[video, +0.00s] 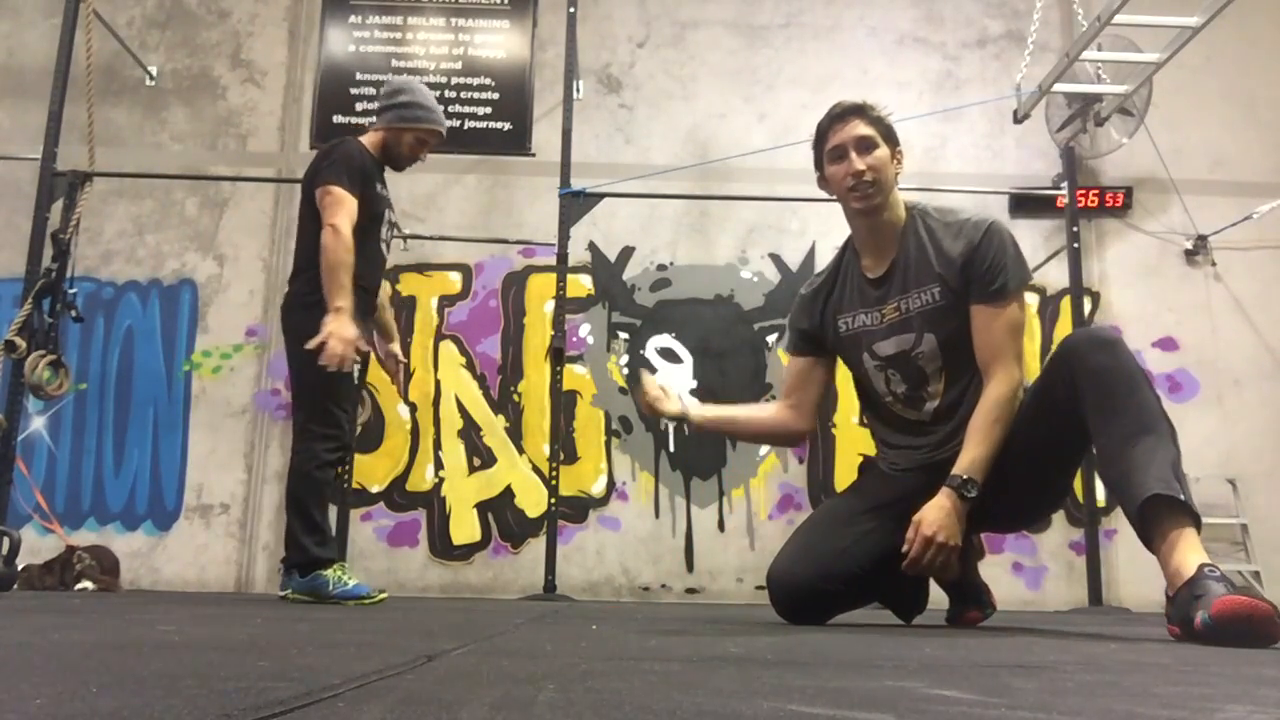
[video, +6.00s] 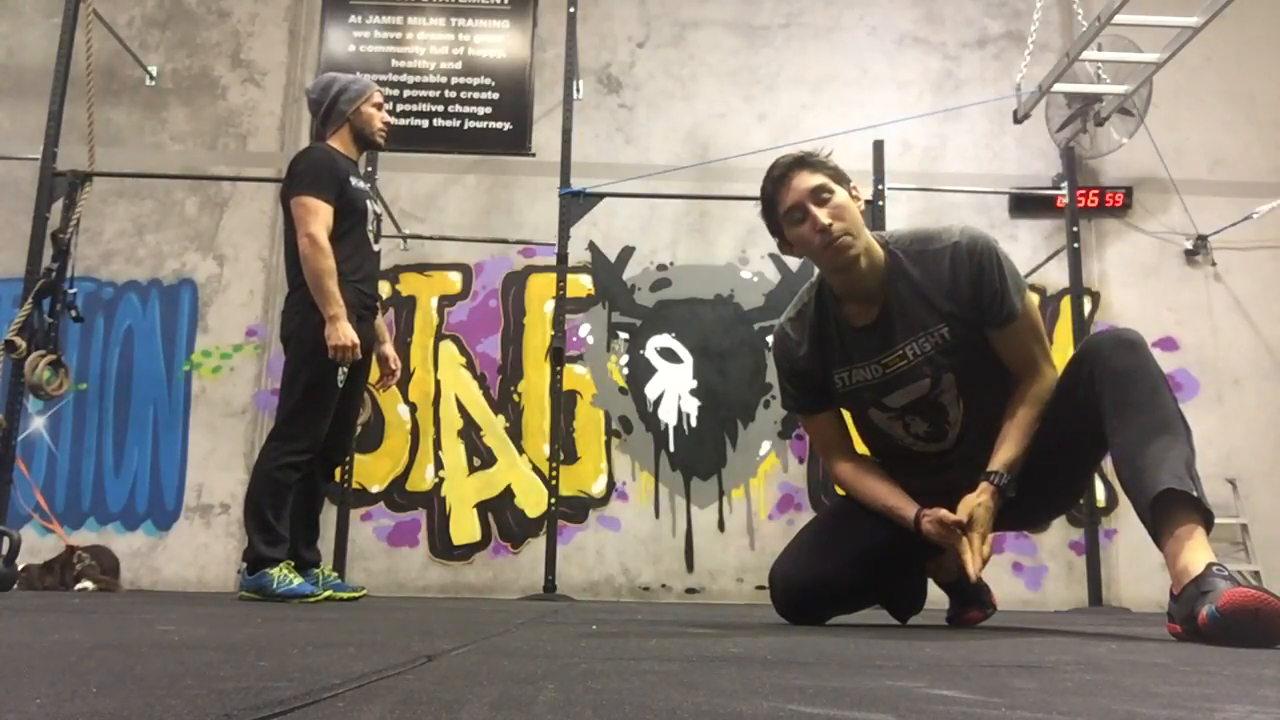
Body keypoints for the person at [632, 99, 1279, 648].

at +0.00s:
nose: (854, 167)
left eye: (866, 149)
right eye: (836, 158)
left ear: (899, 159)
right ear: (823, 183)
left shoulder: (974, 244)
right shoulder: (823, 294)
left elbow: (1005, 383)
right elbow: (796, 418)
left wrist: (954, 496)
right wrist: (686, 410)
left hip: (1001, 464)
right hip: (903, 483)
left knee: (1096, 348)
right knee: (795, 590)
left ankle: (1193, 581)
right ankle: (935, 561)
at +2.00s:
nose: (820, 213)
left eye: (826, 191)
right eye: (799, 209)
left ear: (859, 188)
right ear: (791, 230)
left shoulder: (958, 244)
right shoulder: (801, 337)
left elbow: (1048, 349)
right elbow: (835, 448)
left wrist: (992, 448)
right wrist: (900, 492)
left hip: (1014, 466)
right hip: (909, 495)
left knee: (1126, 353)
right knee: (796, 590)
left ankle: (1196, 575)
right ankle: (944, 561)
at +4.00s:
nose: (824, 225)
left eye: (831, 201)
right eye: (802, 221)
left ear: (867, 197)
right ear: (796, 243)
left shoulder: (970, 260)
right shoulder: (805, 337)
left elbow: (1040, 378)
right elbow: (841, 455)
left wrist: (988, 483)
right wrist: (918, 518)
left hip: (1018, 473)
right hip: (912, 497)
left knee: (1119, 348)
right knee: (796, 590)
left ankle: (1195, 578)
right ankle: (940, 559)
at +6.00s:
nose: (819, 217)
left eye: (823, 196)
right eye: (796, 218)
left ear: (857, 195)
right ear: (788, 248)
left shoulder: (963, 259)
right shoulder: (800, 342)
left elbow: (1037, 378)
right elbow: (838, 458)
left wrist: (992, 488)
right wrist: (917, 518)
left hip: (1015, 471)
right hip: (909, 498)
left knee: (1116, 349)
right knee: (795, 591)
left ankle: (1195, 578)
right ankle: (936, 561)